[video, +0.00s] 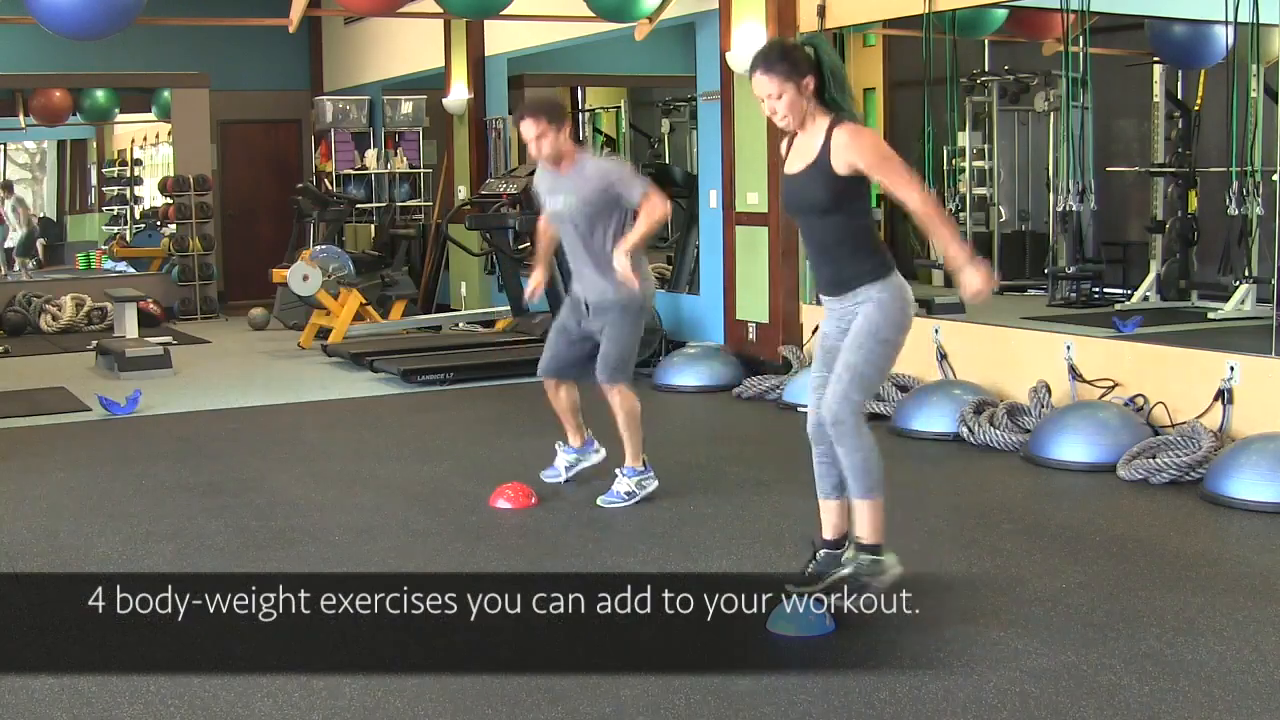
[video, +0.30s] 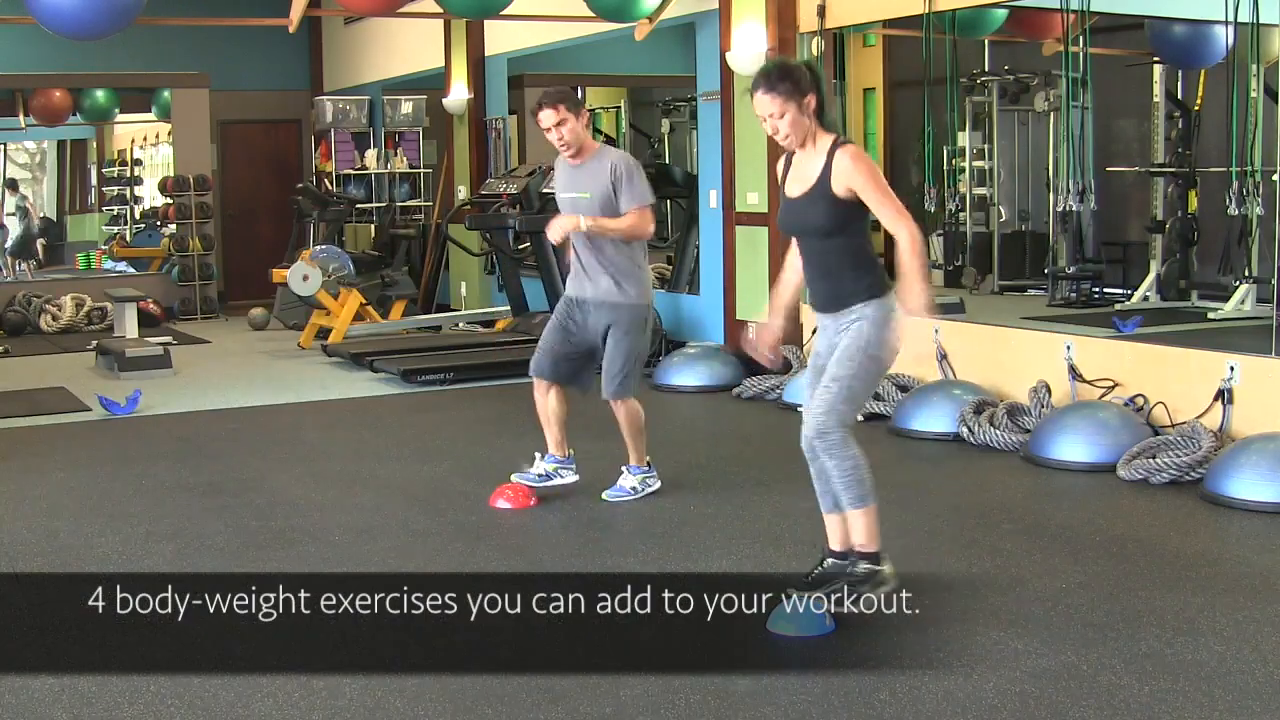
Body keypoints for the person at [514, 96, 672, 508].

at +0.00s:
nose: (533, 149)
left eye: (538, 138)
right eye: (527, 140)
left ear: (564, 130)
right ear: (526, 139)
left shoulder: (606, 170)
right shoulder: (543, 178)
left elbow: (658, 205)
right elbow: (549, 219)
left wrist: (624, 248)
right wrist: (541, 268)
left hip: (623, 299)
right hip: (581, 298)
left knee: (612, 378)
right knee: (553, 374)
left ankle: (637, 470)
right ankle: (580, 445)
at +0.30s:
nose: (557, 136)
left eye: (562, 124)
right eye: (549, 130)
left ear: (584, 118)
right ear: (545, 133)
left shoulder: (621, 163)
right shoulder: (561, 168)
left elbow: (644, 225)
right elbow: (580, 223)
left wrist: (579, 223)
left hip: (626, 300)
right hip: (579, 295)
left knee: (618, 390)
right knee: (544, 373)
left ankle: (641, 469)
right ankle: (558, 460)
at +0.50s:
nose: (543, 118)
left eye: (548, 108)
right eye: (539, 111)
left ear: (575, 103)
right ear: (542, 112)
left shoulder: (612, 139)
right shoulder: (557, 152)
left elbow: (629, 196)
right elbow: (537, 192)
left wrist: (567, 177)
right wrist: (507, 217)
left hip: (623, 276)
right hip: (582, 275)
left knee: (620, 368)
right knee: (549, 355)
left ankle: (641, 458)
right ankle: (582, 432)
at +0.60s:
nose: (535, 135)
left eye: (540, 126)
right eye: (533, 127)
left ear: (569, 121)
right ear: (548, 125)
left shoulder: (607, 156)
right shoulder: (551, 164)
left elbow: (609, 211)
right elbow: (522, 205)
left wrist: (555, 181)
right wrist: (496, 201)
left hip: (625, 284)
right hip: (587, 286)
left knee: (616, 373)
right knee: (559, 369)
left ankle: (650, 461)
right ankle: (592, 446)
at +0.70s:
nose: (529, 175)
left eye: (536, 167)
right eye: (527, 167)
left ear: (564, 165)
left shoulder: (597, 200)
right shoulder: (547, 203)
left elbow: (581, 249)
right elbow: (504, 244)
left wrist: (538, 209)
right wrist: (497, 213)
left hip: (631, 315)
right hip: (594, 317)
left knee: (612, 392)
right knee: (558, 387)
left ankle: (654, 469)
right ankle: (600, 455)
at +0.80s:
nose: (527, 219)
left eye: (534, 210)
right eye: (524, 211)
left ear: (561, 212)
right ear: (523, 212)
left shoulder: (591, 244)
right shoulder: (545, 247)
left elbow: (554, 293)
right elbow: (497, 284)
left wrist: (527, 241)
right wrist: (500, 241)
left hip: (642, 338)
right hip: (602, 339)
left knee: (606, 395)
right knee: (550, 391)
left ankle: (654, 472)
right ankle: (599, 455)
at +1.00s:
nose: (527, 271)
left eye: (533, 263)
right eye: (524, 264)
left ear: (561, 263)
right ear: (522, 266)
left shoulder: (589, 292)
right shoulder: (543, 298)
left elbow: (551, 340)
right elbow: (496, 331)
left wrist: (522, 292)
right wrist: (500, 297)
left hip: (651, 364)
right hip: (600, 367)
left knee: (609, 394)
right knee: (551, 391)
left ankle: (655, 472)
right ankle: (600, 456)